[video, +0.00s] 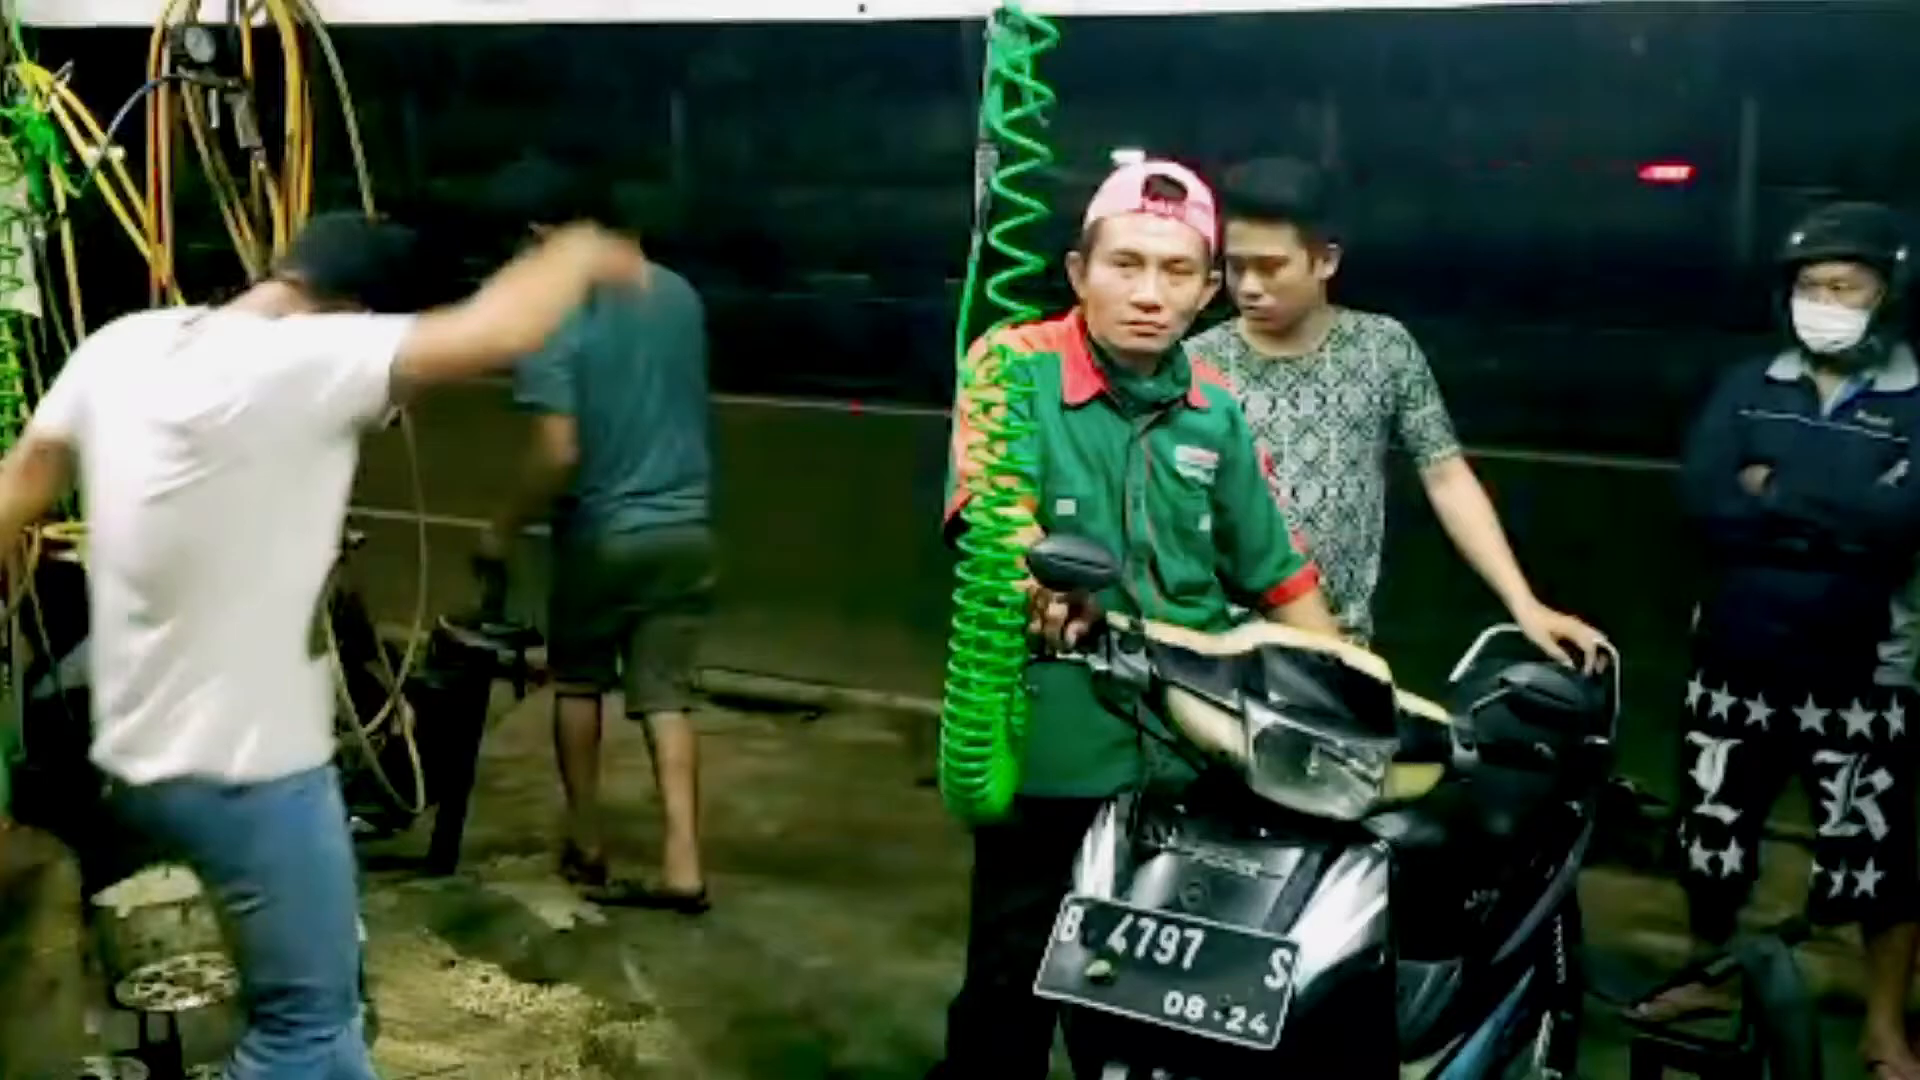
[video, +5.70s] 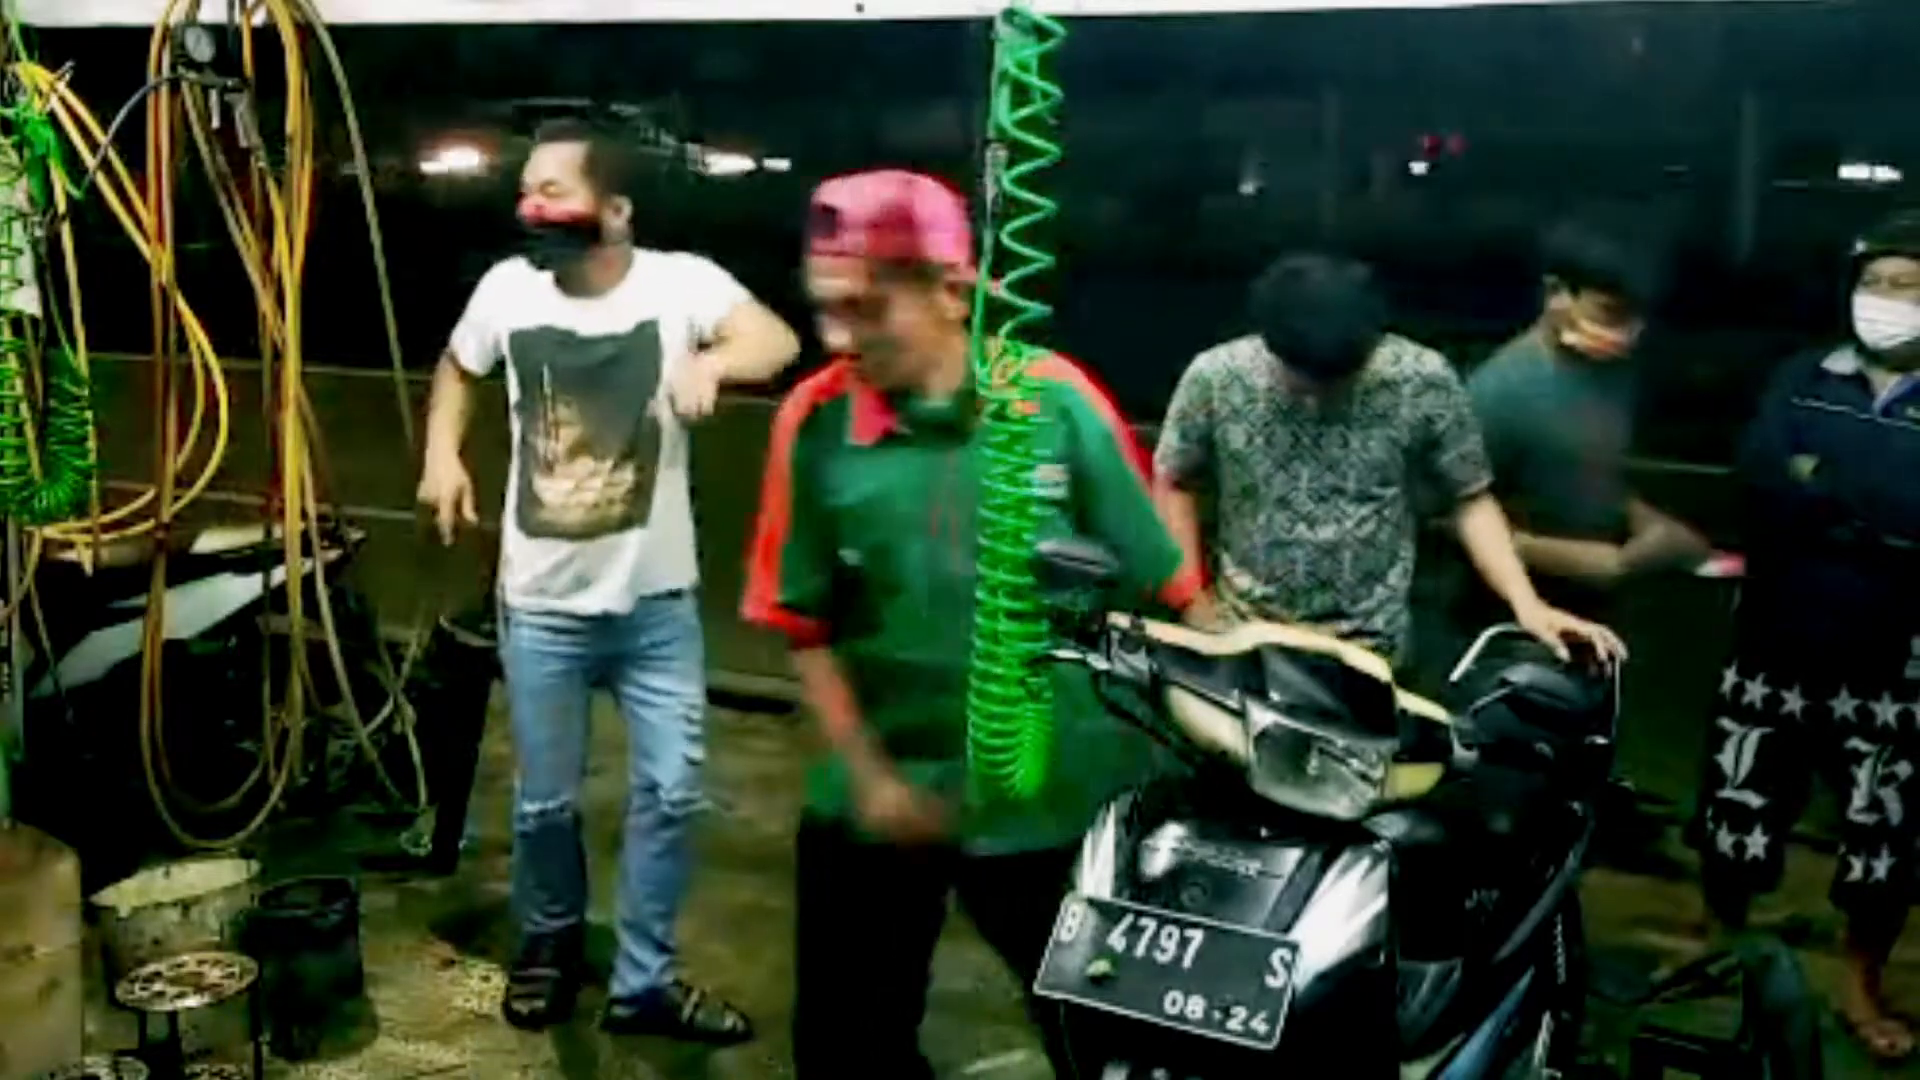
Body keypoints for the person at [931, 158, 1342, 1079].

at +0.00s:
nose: (1150, 294)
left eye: (1178, 272)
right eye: (1125, 265)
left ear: (1207, 287)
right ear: (1079, 272)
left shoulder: (1211, 411)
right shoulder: (1015, 368)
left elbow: (1284, 581)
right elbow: (988, 509)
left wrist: (1358, 692)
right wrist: (1042, 594)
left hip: (1187, 750)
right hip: (1049, 748)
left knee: (1156, 1002)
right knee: (1008, 1004)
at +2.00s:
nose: (1237, 327)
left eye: (1244, 305)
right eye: (1227, 301)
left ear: (1170, 293)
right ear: (1155, 287)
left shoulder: (1212, 414)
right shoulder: (1018, 367)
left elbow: (1282, 579)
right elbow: (989, 512)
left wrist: (1351, 691)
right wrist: (1043, 596)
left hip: (1183, 756)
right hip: (1049, 753)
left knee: (1154, 1009)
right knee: (1006, 1009)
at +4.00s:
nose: (1196, 315)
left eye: (1217, 294)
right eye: (1175, 283)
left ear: (1231, 302)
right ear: (1108, 272)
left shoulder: (1222, 417)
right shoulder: (1019, 369)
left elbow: (1286, 586)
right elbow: (988, 514)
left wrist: (1346, 704)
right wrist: (1042, 598)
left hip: (1189, 757)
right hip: (1049, 752)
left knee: (1164, 1010)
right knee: (1009, 1010)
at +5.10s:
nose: (1063, 316)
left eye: (1090, 291)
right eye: (1048, 290)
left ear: (1156, 291)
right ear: (1031, 288)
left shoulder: (1200, 412)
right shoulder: (981, 382)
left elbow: (1286, 585)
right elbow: (956, 545)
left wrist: (1350, 686)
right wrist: (1031, 586)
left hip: (1171, 773)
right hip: (1022, 776)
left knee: (1147, 1036)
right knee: (963, 1030)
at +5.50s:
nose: (952, 335)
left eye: (977, 313)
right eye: (941, 310)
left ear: (1059, 306)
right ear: (927, 300)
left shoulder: (1135, 407)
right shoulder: (902, 407)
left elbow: (1241, 596)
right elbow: (885, 604)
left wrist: (1337, 663)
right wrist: (1012, 648)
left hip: (1121, 774)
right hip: (960, 775)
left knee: (1135, 1023)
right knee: (890, 1018)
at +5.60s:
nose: (903, 345)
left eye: (926, 319)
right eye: (888, 318)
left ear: (1006, 306)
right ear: (873, 308)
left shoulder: (1100, 408)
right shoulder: (861, 418)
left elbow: (1211, 586)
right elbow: (853, 616)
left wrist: (1325, 652)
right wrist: (970, 713)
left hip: (1092, 792)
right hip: (922, 790)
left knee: (1135, 1033)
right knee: (863, 1039)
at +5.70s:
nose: (842, 336)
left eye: (864, 311)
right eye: (829, 312)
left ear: (950, 293)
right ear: (816, 303)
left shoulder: (1054, 404)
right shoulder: (818, 420)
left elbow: (1171, 591)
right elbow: (801, 624)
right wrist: (869, 776)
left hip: (1049, 812)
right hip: (876, 809)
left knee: (1112, 1051)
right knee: (847, 1056)